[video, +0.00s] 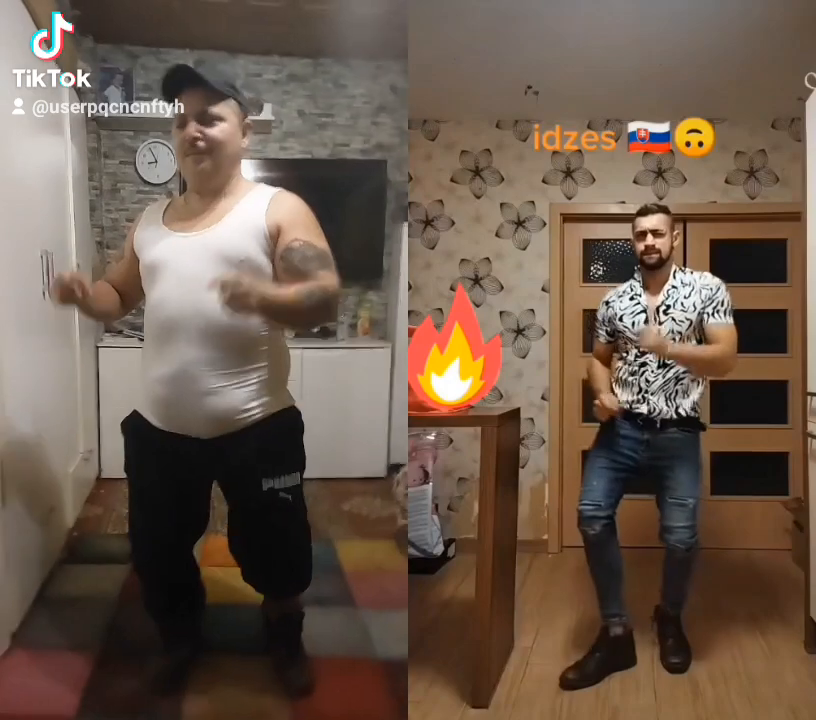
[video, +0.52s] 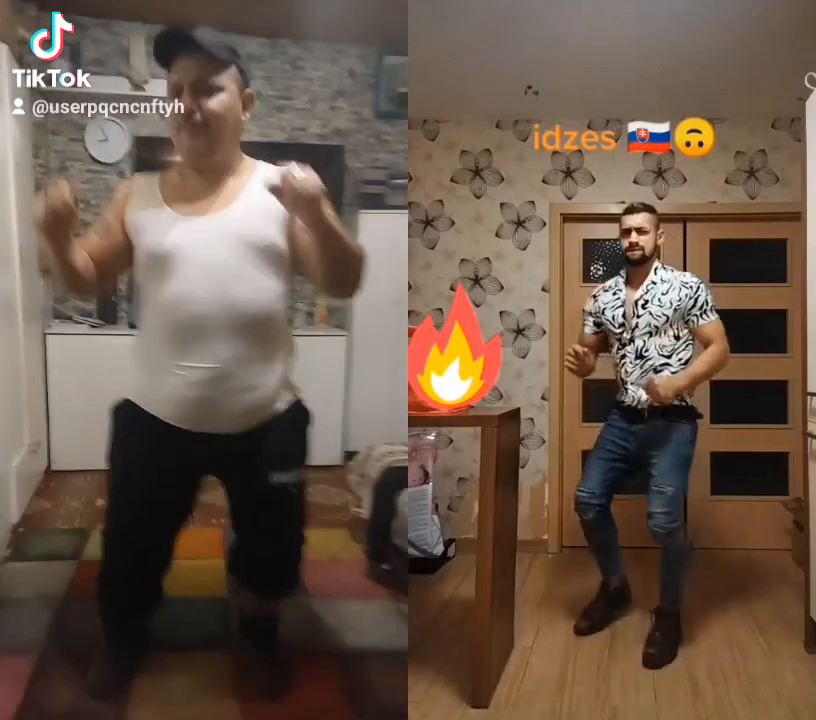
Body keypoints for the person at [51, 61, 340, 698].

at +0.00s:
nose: (193, 132)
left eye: (211, 120)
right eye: (184, 121)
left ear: (244, 134)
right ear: (174, 135)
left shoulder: (278, 209)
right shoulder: (151, 222)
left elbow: (324, 294)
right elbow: (116, 297)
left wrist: (265, 296)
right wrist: (84, 292)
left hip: (256, 424)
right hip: (162, 426)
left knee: (278, 552)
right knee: (159, 556)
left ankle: (286, 642)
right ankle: (179, 648)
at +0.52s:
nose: (190, 105)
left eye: (208, 90)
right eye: (178, 92)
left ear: (245, 104)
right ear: (166, 104)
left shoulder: (280, 188)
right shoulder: (139, 194)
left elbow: (343, 281)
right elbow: (83, 280)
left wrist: (317, 211)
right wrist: (58, 239)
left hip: (263, 420)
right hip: (156, 418)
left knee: (271, 556)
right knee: (130, 559)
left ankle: (260, 643)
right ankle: (120, 656)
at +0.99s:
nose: (177, 122)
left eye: (192, 106)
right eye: (162, 111)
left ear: (223, 121)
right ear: (147, 133)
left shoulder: (265, 200)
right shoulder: (137, 216)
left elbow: (324, 287)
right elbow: (78, 288)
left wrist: (316, 233)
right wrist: (71, 222)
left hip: (246, 416)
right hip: (149, 420)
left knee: (267, 546)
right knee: (137, 550)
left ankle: (280, 637)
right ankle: (136, 648)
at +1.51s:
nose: (258, 244)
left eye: (272, 232)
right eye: (242, 230)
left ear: (286, 248)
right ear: (212, 247)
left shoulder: (316, 330)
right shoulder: (170, 325)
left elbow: (370, 414)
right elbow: (102, 399)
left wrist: (359, 327)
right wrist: (92, 355)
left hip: (286, 575)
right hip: (169, 574)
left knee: (308, 712)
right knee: (140, 712)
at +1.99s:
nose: (189, 201)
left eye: (203, 193)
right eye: (167, 190)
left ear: (220, 224)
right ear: (134, 220)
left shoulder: (262, 321)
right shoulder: (88, 306)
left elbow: (301, 436)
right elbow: (11, 406)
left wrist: (329, 408)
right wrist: (109, 305)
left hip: (248, 623)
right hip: (110, 632)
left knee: (301, 705)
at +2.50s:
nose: (150, 89)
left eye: (166, 75)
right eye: (127, 77)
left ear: (190, 101)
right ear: (95, 113)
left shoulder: (252, 186)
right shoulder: (74, 240)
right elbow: (43, 371)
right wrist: (58, 467)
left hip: (298, 506)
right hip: (154, 524)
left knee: (368, 700)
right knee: (165, 713)